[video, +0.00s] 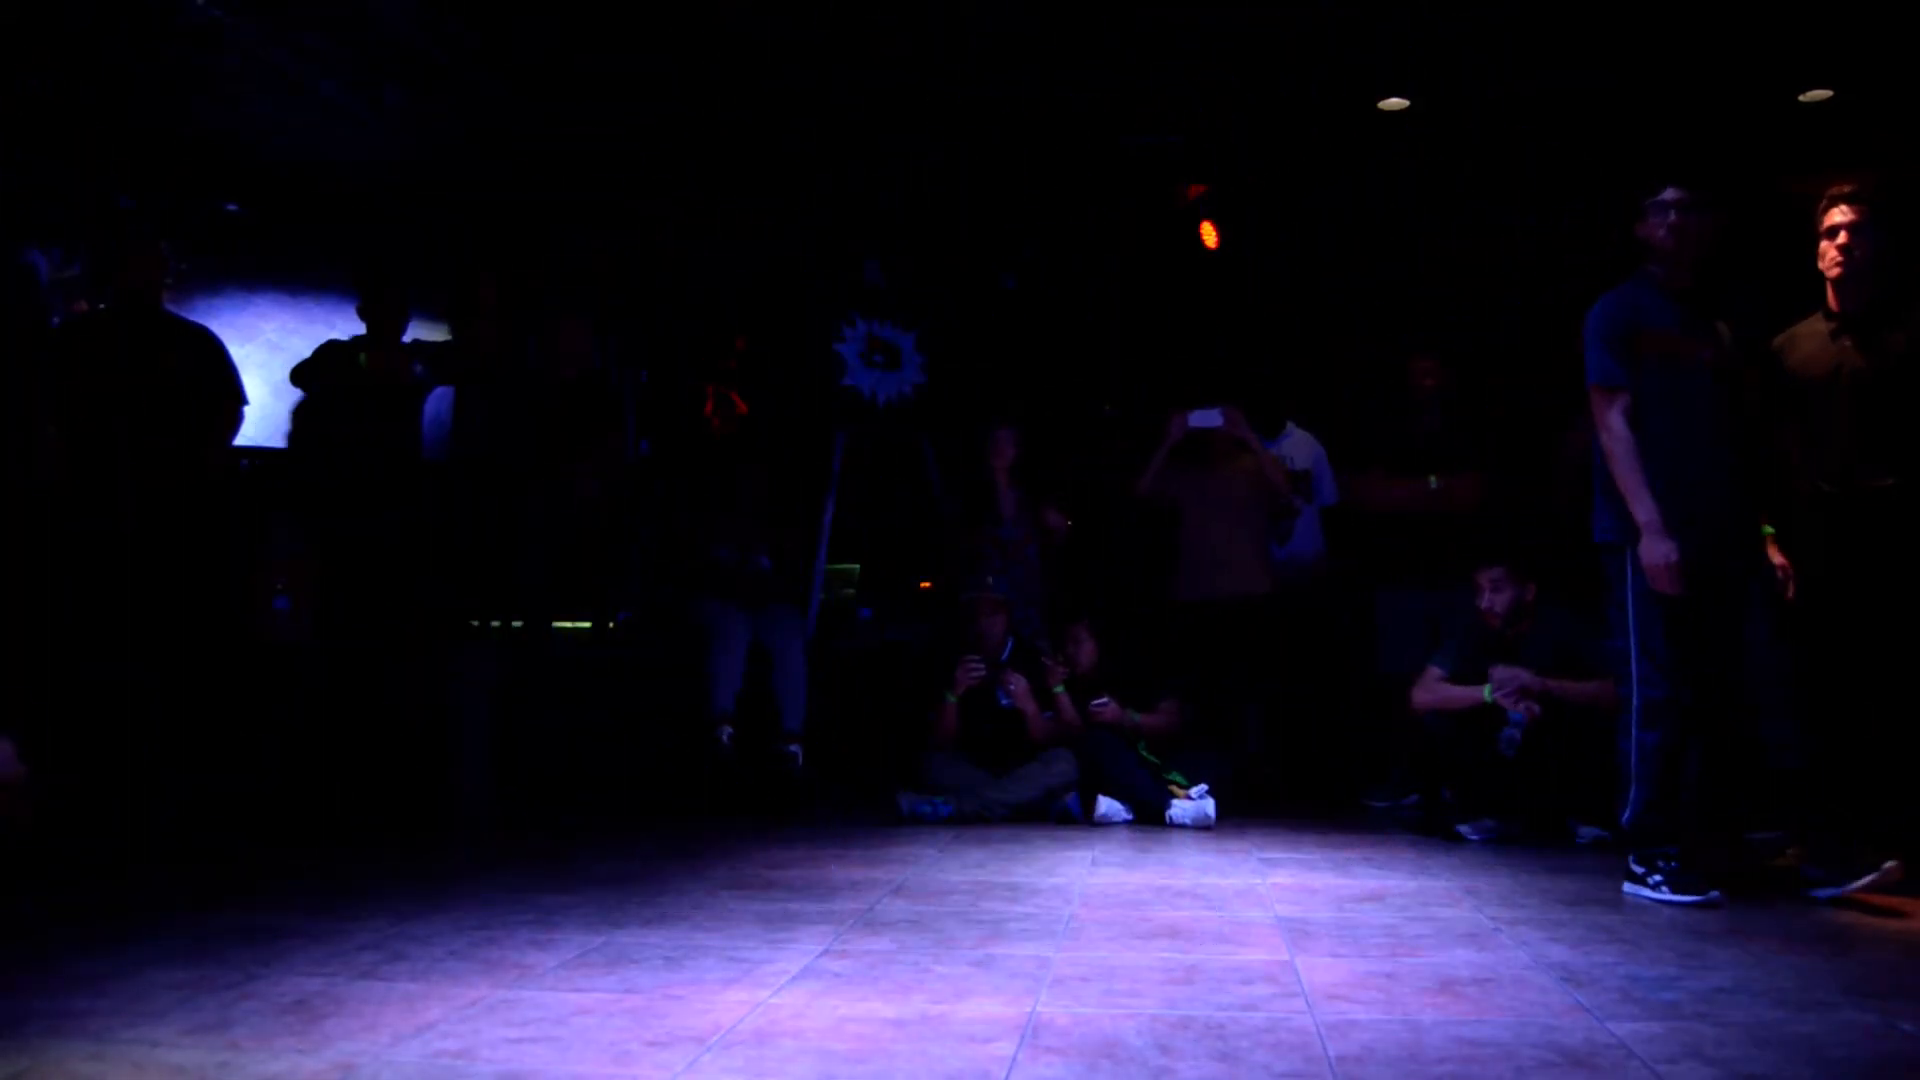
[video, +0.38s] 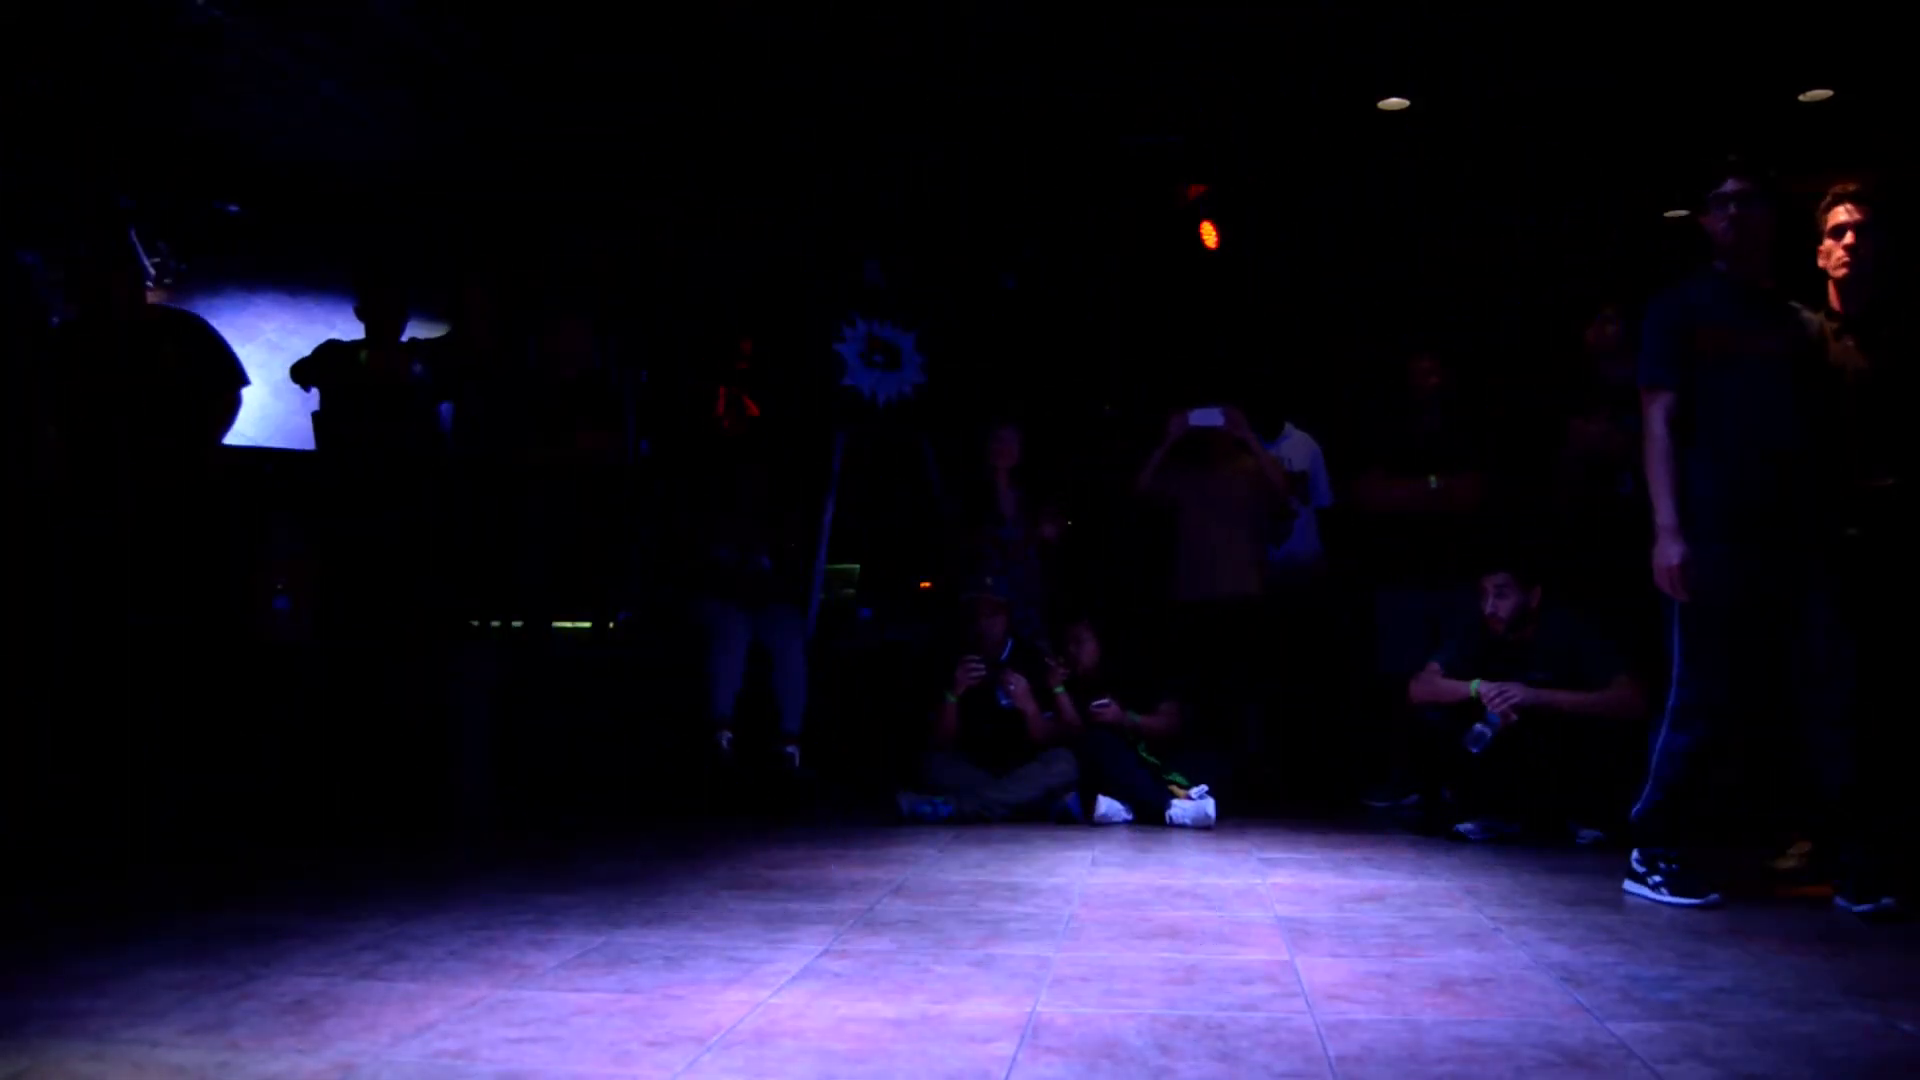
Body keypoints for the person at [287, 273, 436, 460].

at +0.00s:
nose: (389, 323)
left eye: (397, 314)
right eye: (381, 312)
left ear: (407, 317)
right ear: (362, 312)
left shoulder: (417, 357)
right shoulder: (336, 352)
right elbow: (299, 375)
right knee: (308, 409)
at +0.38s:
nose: (389, 321)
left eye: (396, 312)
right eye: (379, 312)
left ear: (406, 315)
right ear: (360, 313)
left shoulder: (418, 355)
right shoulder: (336, 354)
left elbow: (464, 339)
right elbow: (298, 372)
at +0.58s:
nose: (385, 322)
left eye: (392, 314)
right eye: (377, 313)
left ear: (401, 316)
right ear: (357, 314)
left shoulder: (416, 356)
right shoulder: (333, 354)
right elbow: (299, 379)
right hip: (343, 451)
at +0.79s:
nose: (383, 321)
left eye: (390, 311)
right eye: (375, 311)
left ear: (400, 314)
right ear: (355, 314)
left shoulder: (418, 358)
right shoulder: (332, 354)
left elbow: (452, 397)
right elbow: (299, 381)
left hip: (402, 455)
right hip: (342, 455)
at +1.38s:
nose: (382, 319)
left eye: (390, 309)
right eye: (374, 309)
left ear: (401, 313)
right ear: (357, 310)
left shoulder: (416, 355)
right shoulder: (331, 353)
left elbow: (456, 378)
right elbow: (300, 385)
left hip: (401, 455)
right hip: (342, 456)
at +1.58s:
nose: (382, 319)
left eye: (390, 309)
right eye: (373, 308)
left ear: (400, 313)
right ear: (355, 311)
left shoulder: (411, 354)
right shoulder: (329, 355)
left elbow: (459, 354)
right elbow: (300, 389)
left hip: (399, 458)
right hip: (341, 458)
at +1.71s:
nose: (381, 319)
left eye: (388, 310)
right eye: (372, 309)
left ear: (398, 313)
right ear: (353, 313)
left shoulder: (409, 356)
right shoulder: (328, 357)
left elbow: (459, 358)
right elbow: (300, 391)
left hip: (398, 459)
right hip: (341, 460)